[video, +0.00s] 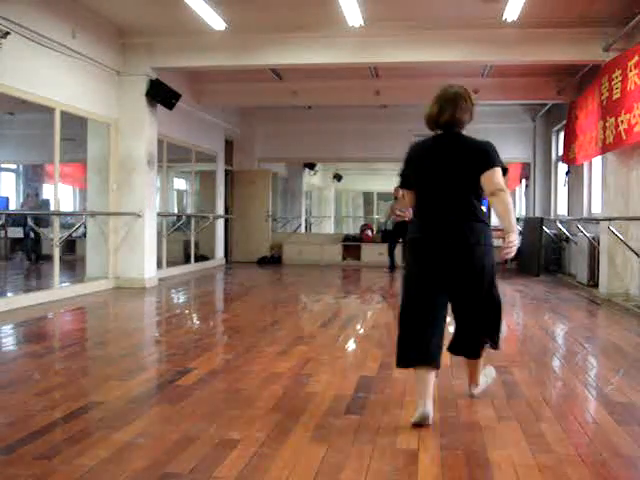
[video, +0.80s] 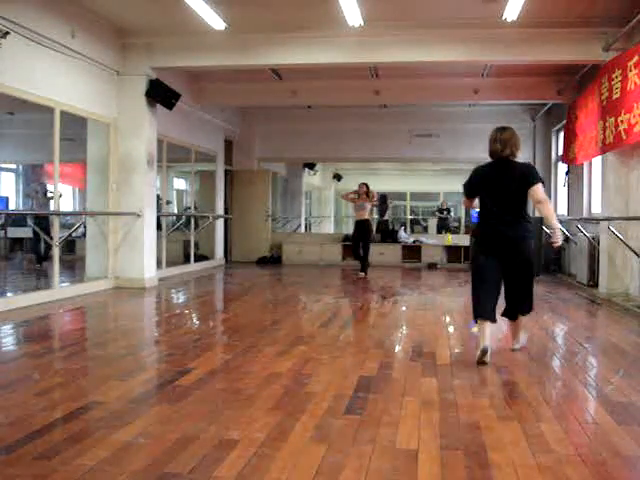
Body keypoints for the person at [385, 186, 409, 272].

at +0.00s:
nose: (395, 194)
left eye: (397, 191)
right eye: (395, 191)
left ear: (401, 192)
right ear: (395, 193)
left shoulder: (407, 203)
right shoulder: (394, 204)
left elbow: (410, 215)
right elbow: (389, 215)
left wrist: (398, 213)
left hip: (406, 223)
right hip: (397, 223)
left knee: (406, 245)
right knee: (391, 245)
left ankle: (407, 265)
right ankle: (392, 265)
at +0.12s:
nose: (390, 193)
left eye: (392, 191)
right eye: (389, 191)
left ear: (396, 193)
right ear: (388, 193)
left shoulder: (401, 203)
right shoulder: (388, 203)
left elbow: (402, 214)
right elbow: (380, 215)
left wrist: (391, 209)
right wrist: (384, 209)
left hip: (398, 224)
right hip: (390, 224)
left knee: (402, 246)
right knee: (385, 247)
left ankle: (405, 267)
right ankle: (379, 267)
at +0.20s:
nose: (386, 194)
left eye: (388, 191)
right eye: (385, 191)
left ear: (392, 192)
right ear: (383, 193)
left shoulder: (395, 202)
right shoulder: (383, 202)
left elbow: (394, 211)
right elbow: (372, 212)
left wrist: (386, 201)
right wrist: (378, 206)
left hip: (392, 222)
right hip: (384, 222)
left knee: (395, 247)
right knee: (380, 248)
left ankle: (404, 266)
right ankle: (378, 269)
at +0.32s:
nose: (379, 192)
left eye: (381, 189)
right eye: (378, 190)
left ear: (385, 191)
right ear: (377, 191)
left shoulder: (388, 200)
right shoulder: (377, 200)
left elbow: (385, 203)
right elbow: (368, 204)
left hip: (386, 221)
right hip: (378, 221)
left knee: (383, 246)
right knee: (377, 248)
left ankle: (391, 265)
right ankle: (378, 269)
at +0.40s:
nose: (377, 191)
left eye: (378, 189)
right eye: (375, 189)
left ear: (382, 191)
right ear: (373, 191)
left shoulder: (384, 199)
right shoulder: (372, 200)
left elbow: (385, 202)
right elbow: (362, 204)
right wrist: (368, 202)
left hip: (382, 221)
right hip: (374, 222)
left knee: (380, 246)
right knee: (375, 246)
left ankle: (381, 267)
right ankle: (377, 267)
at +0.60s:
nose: (370, 191)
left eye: (372, 189)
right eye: (369, 189)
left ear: (375, 192)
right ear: (367, 191)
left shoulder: (376, 201)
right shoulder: (365, 201)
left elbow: (381, 201)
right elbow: (355, 202)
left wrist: (379, 195)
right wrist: (361, 196)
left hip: (375, 222)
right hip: (367, 223)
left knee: (372, 247)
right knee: (371, 247)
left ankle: (365, 268)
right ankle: (378, 267)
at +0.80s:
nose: (361, 189)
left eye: (363, 187)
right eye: (360, 187)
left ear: (366, 190)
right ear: (358, 189)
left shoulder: (368, 200)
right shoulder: (356, 200)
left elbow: (374, 198)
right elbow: (344, 197)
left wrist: (373, 192)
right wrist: (353, 192)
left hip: (366, 221)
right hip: (358, 221)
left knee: (365, 247)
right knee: (355, 248)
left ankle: (363, 271)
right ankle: (364, 264)